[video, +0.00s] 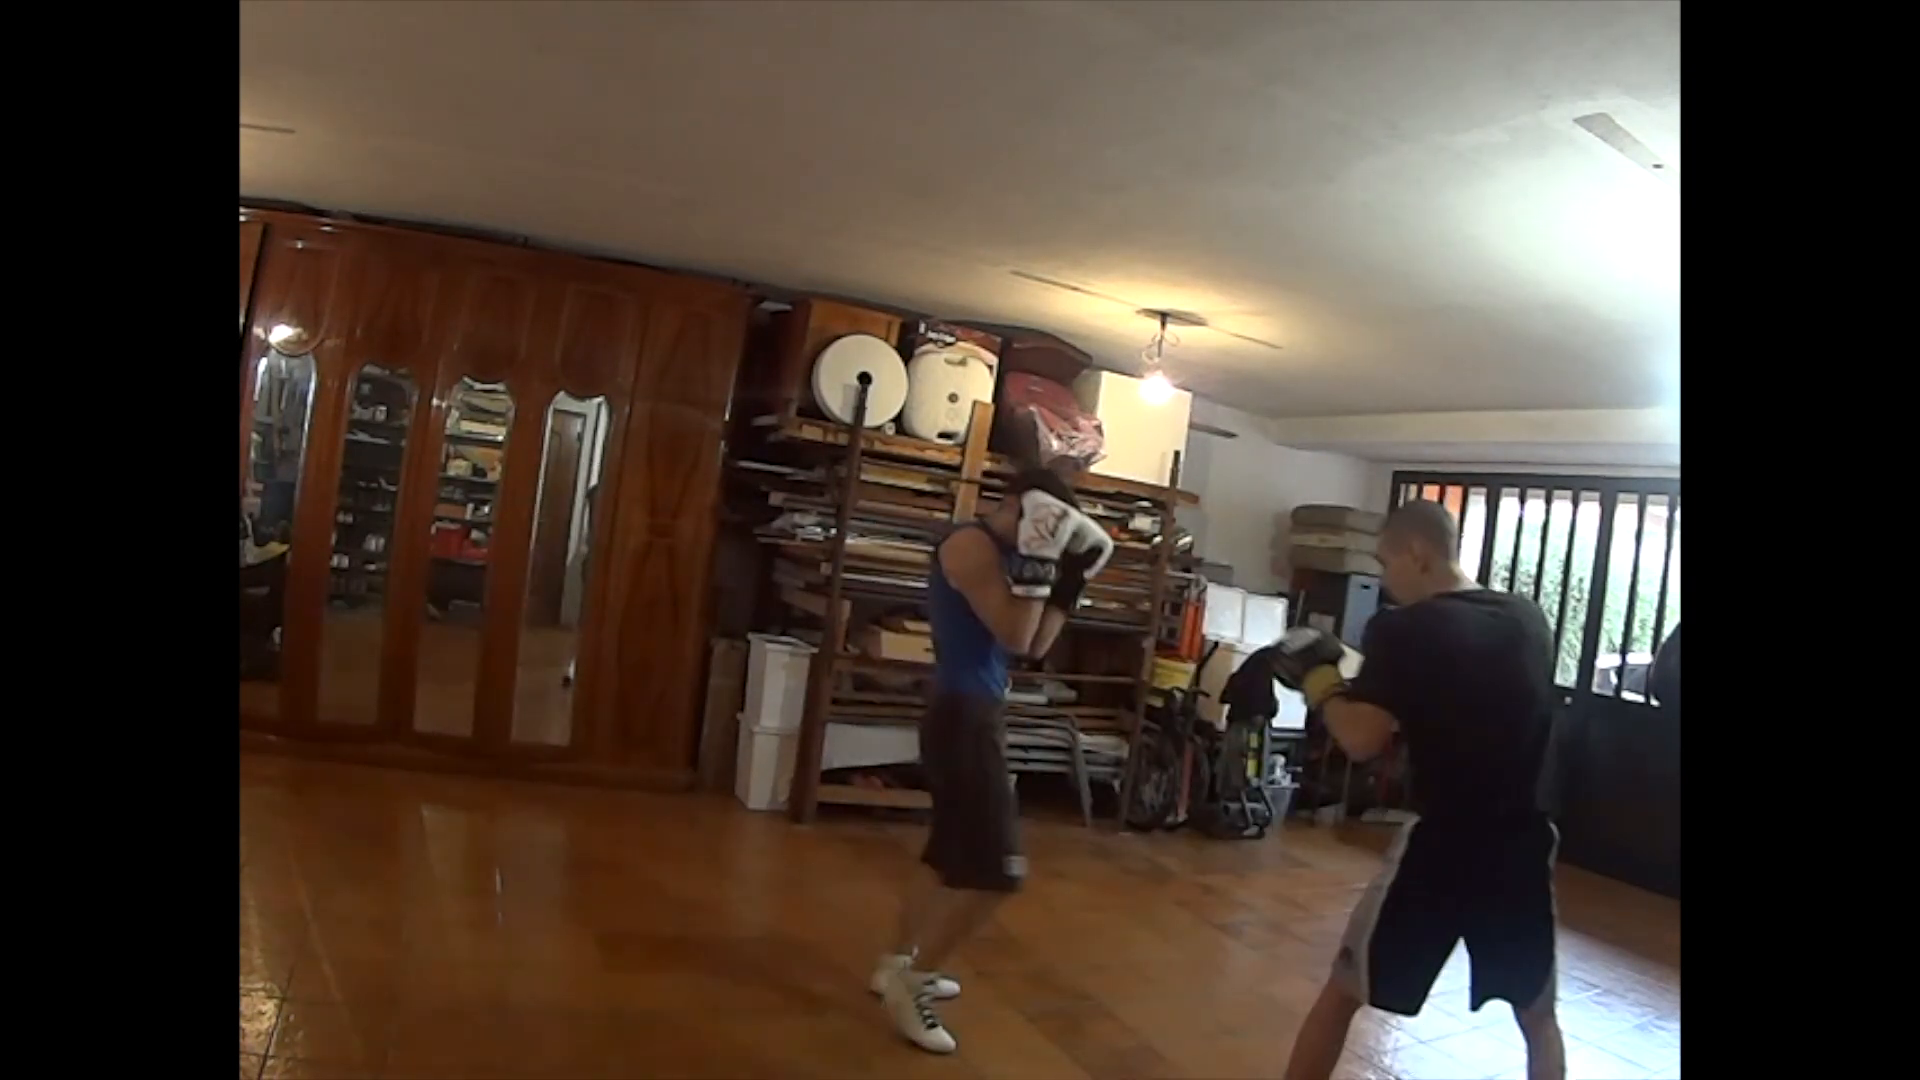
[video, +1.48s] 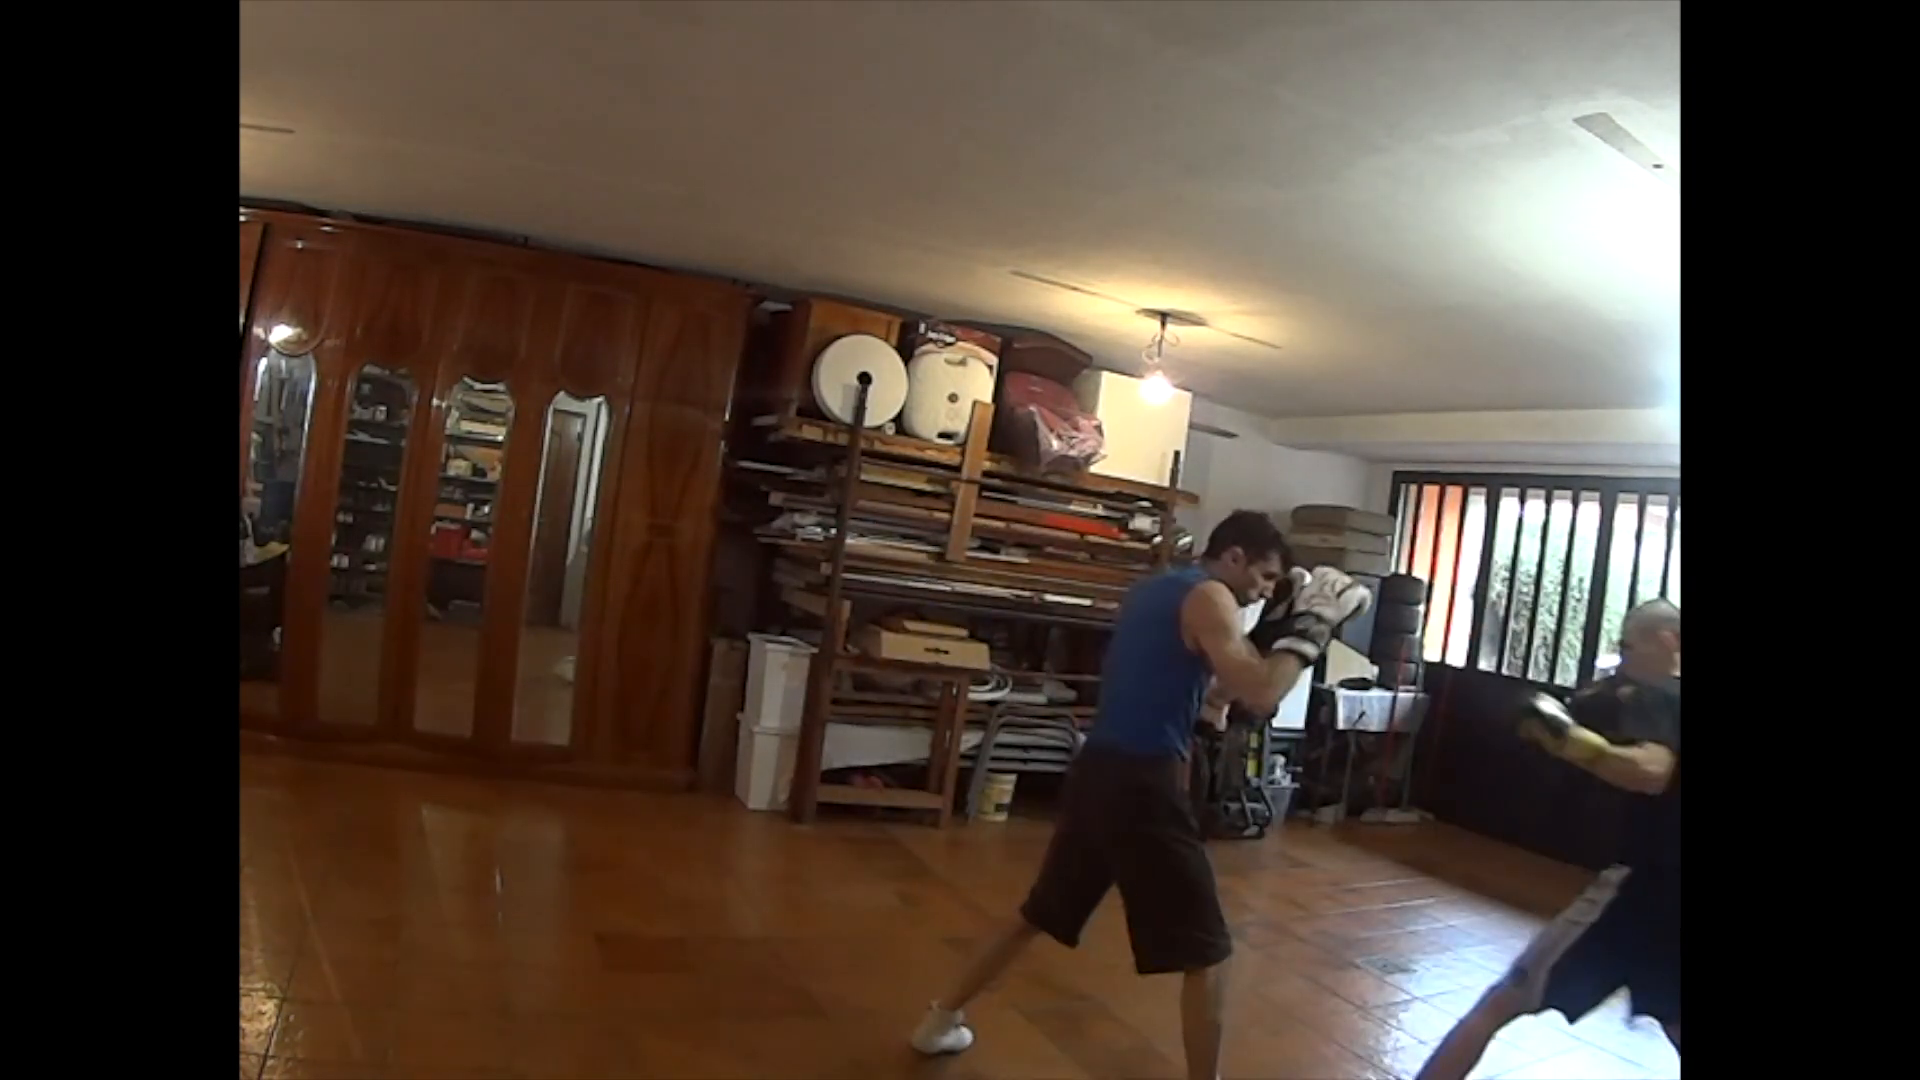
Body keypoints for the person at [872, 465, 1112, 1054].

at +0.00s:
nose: (1049, 532)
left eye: (1056, 523)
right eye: (1049, 518)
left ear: (1028, 508)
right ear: (1024, 503)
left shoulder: (1005, 554)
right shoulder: (968, 545)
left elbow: (1036, 643)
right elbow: (1018, 635)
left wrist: (1073, 579)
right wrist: (1047, 565)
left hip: (975, 719)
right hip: (963, 721)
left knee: (948, 859)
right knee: (997, 873)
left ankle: (902, 960)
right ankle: (912, 979)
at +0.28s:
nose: (1078, 535)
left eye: (1083, 525)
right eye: (1077, 522)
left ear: (1061, 521)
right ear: (1054, 511)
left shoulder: (1038, 557)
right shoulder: (1003, 547)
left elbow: (1072, 652)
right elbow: (1045, 638)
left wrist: (1108, 586)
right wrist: (1073, 566)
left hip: (1005, 723)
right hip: (1000, 724)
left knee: (966, 856)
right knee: (1051, 881)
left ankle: (899, 963)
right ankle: (1048, 1029)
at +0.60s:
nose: (1167, 591)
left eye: (1177, 581)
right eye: (1169, 575)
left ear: (1146, 555)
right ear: (1145, 553)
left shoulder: (1087, 588)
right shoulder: (1100, 604)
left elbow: (1140, 684)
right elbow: (1153, 702)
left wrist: (1176, 630)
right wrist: (1185, 627)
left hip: (1031, 763)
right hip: (1051, 771)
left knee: (990, 882)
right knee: (1119, 920)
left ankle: (900, 966)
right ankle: (1114, 1063)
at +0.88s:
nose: (1203, 579)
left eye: (1211, 568)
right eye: (1206, 564)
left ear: (1176, 542)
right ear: (1181, 541)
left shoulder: (1118, 570)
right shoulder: (1137, 587)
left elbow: (1183, 679)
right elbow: (1193, 693)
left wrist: (1216, 620)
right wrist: (1228, 613)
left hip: (1050, 749)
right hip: (1080, 759)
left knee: (1001, 880)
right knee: (1125, 919)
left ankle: (917, 979)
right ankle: (1115, 1061)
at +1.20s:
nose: (1220, 586)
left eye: (1227, 577)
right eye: (1219, 571)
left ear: (1183, 553)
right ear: (1187, 551)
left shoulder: (1125, 587)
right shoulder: (1158, 599)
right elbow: (1194, 703)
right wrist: (1239, 629)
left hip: (1070, 776)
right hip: (1112, 789)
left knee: (1003, 900)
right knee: (1181, 943)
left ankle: (916, 991)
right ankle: (1204, 1072)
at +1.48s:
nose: (1264, 590)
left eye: (1271, 582)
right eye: (1264, 576)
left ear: (1217, 549)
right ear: (1233, 554)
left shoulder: (1154, 588)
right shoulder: (1206, 597)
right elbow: (1261, 693)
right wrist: (1310, 629)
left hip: (1097, 777)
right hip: (1147, 789)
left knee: (1036, 916)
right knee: (1205, 951)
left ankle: (940, 1017)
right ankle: (1203, 1075)